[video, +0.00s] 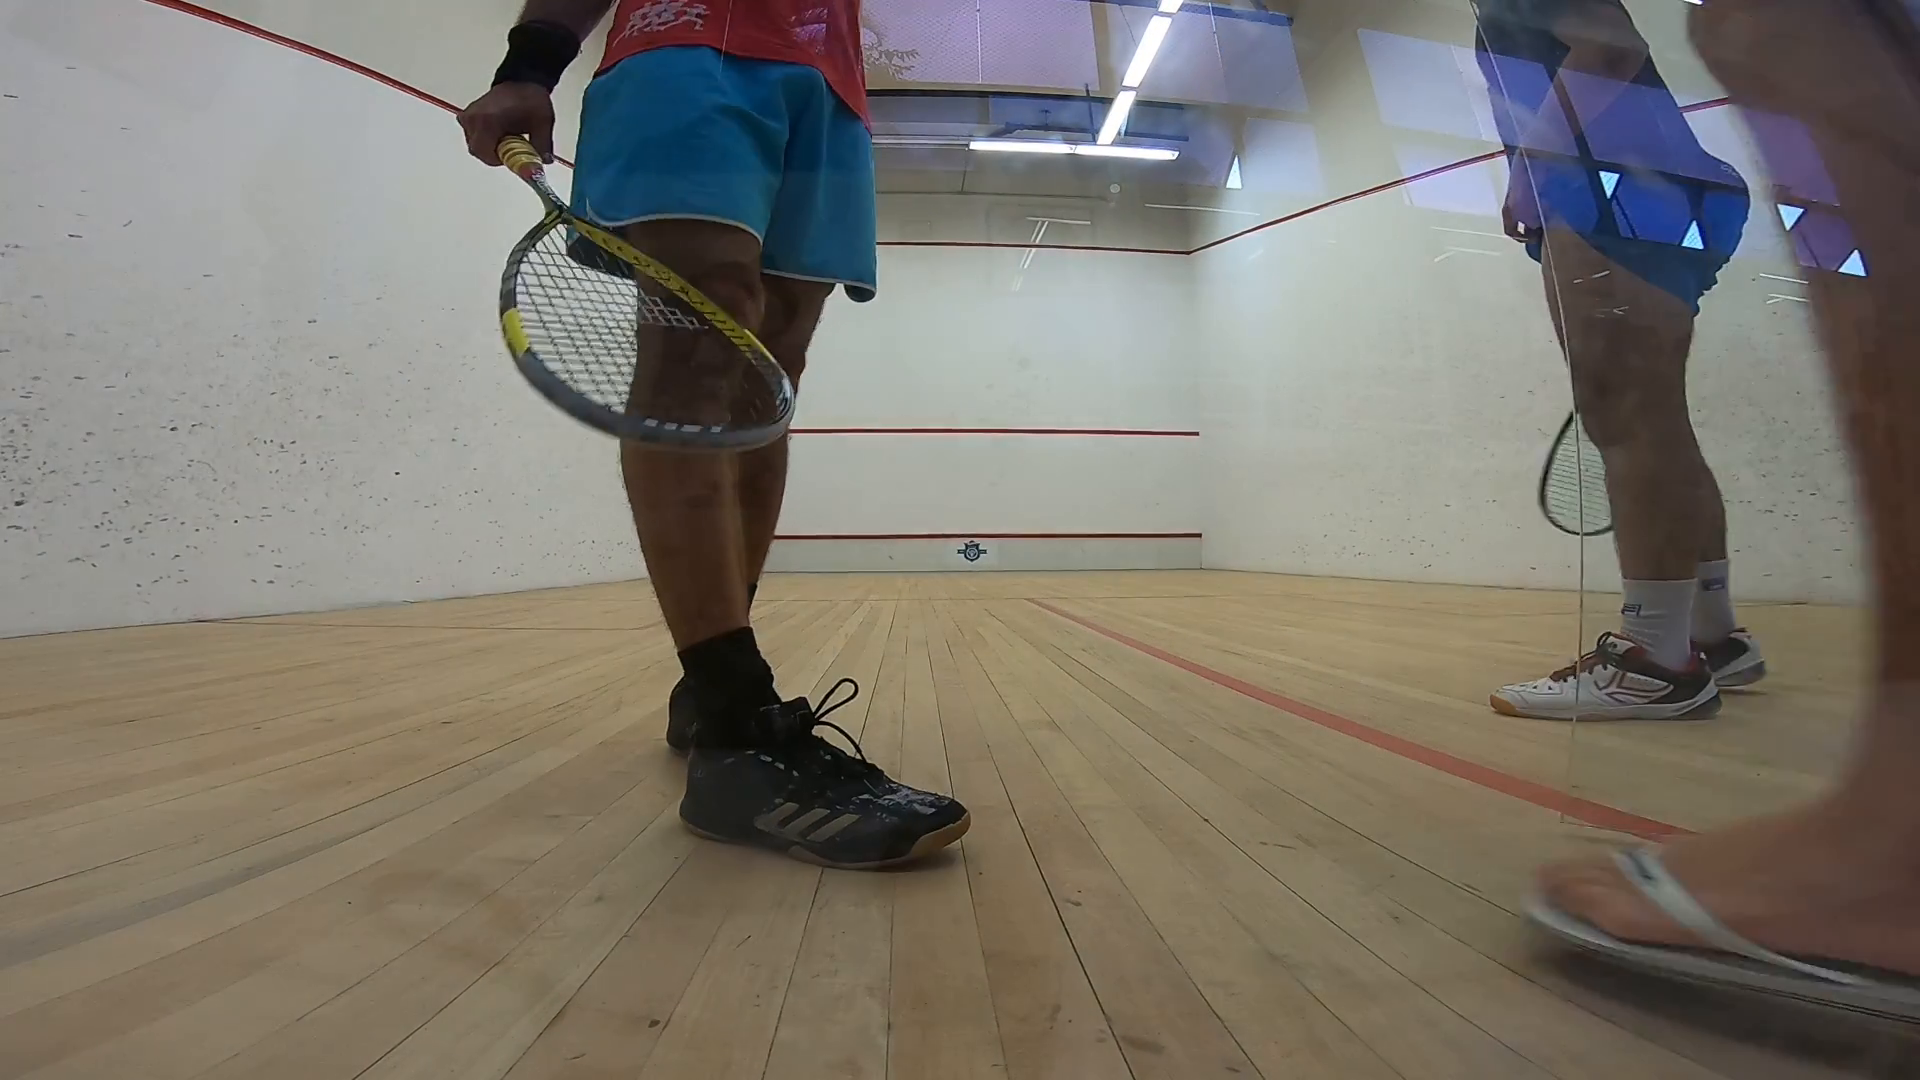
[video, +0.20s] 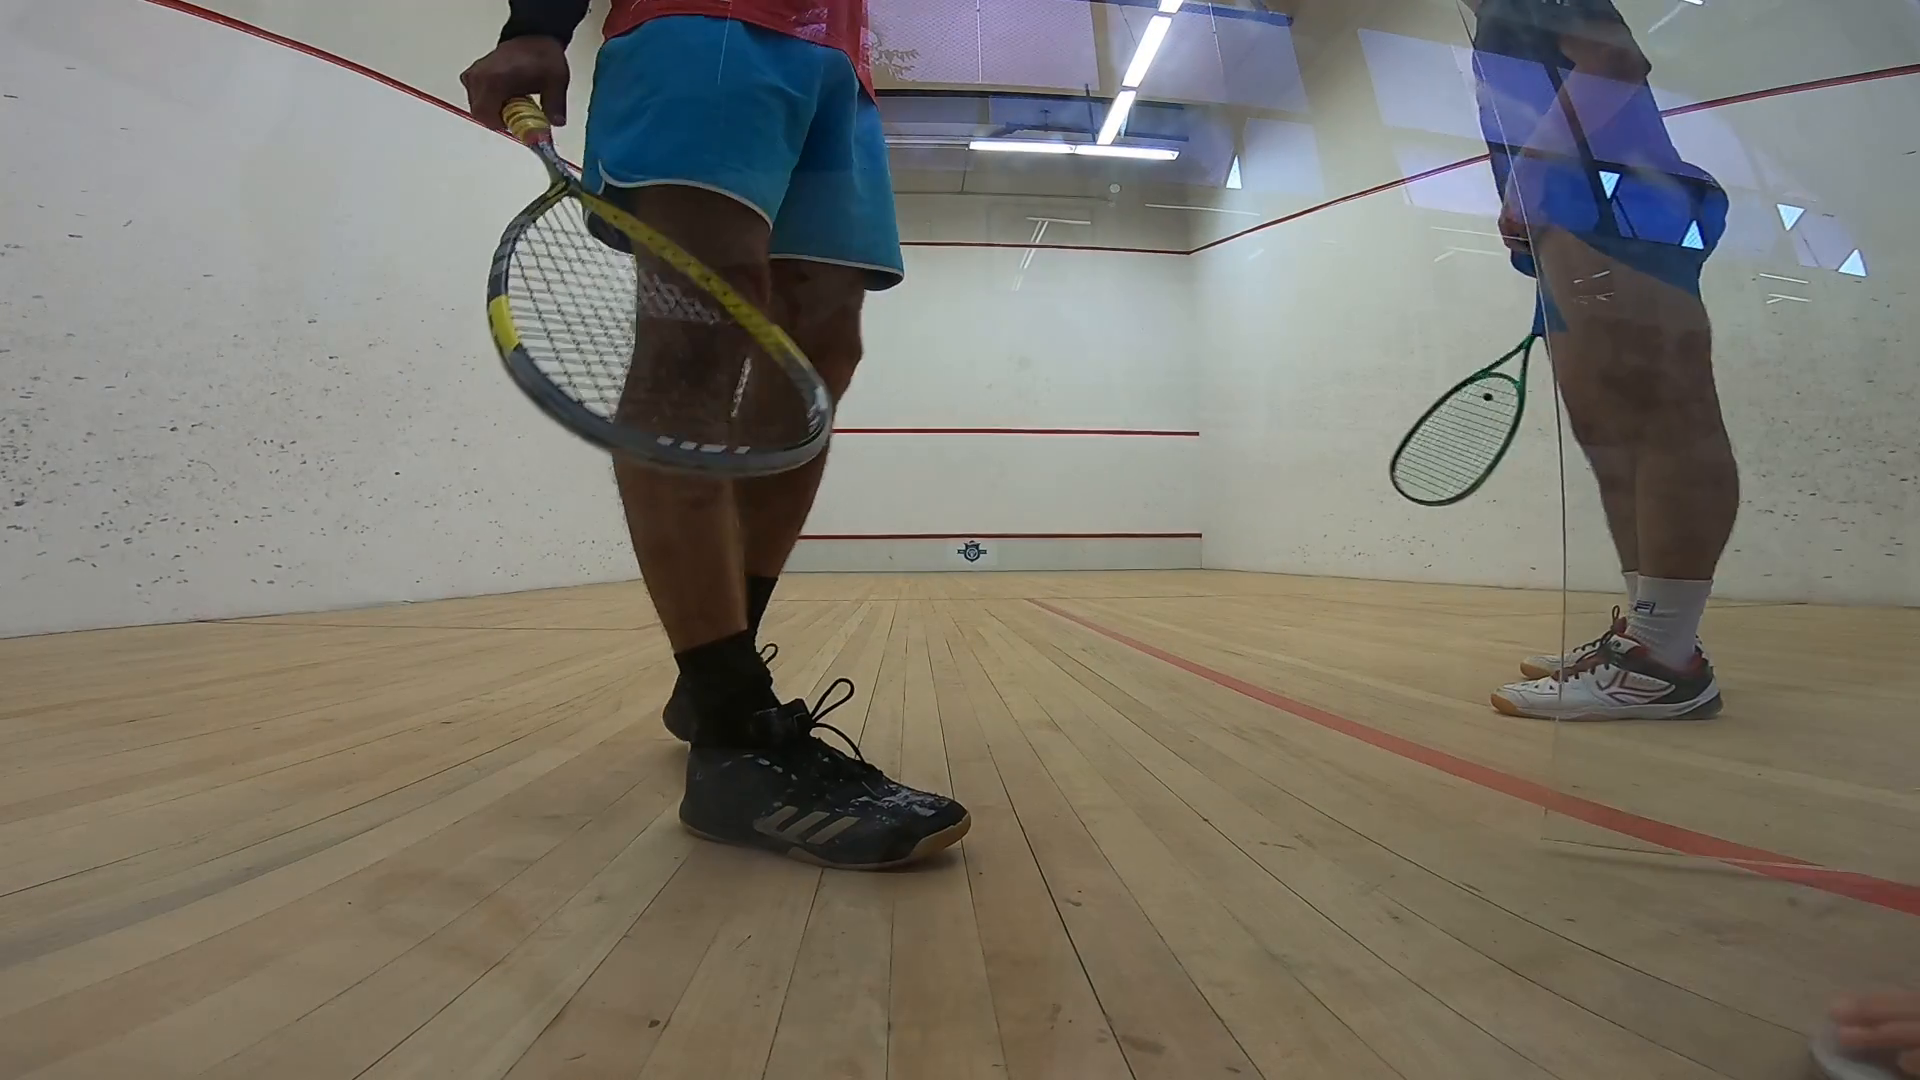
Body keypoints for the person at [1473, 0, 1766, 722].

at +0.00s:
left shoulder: (1536, 2)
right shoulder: (1507, 13)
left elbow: (1610, 43)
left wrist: (1531, 160)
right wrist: (1529, 173)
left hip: (1611, 197)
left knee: (1622, 412)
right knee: (1650, 415)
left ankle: (1658, 659)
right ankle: (1712, 636)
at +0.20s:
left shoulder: (1533, 2)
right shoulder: (1497, 23)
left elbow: (1616, 60)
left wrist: (1530, 174)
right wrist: (1521, 194)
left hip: (1618, 207)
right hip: (1569, 217)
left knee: (1670, 418)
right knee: (1607, 427)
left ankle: (1670, 659)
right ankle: (1647, 638)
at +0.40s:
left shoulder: (1550, 4)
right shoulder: (1503, 36)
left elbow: (1624, 74)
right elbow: (1536, 137)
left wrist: (1553, 188)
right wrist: (1525, 232)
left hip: (1607, 226)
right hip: (1569, 236)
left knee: (1652, 424)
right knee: (1622, 429)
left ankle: (1667, 659)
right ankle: (1649, 639)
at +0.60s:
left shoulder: (1553, 7)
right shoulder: (1486, 62)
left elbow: (1626, 85)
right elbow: (1521, 164)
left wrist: (1573, 204)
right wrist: (1502, 241)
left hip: (1616, 233)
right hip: (1563, 250)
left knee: (1668, 423)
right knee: (1626, 437)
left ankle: (1667, 656)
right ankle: (1654, 642)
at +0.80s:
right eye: (1455, 6)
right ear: (1468, 7)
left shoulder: (1549, 8)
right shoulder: (1475, 59)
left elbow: (1619, 83)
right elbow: (1514, 158)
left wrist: (1582, 216)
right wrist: (1499, 232)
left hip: (1618, 229)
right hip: (1557, 248)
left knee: (1671, 425)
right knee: (1628, 437)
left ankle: (1667, 657)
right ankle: (1657, 642)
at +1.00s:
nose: (1446, 3)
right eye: (1444, 6)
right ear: (1461, 8)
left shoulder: (1551, 15)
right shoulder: (1469, 57)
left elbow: (1605, 114)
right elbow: (1503, 155)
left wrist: (1579, 228)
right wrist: (1502, 241)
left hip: (1620, 233)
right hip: (1560, 253)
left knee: (1673, 430)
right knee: (1633, 441)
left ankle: (1667, 656)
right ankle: (1657, 642)